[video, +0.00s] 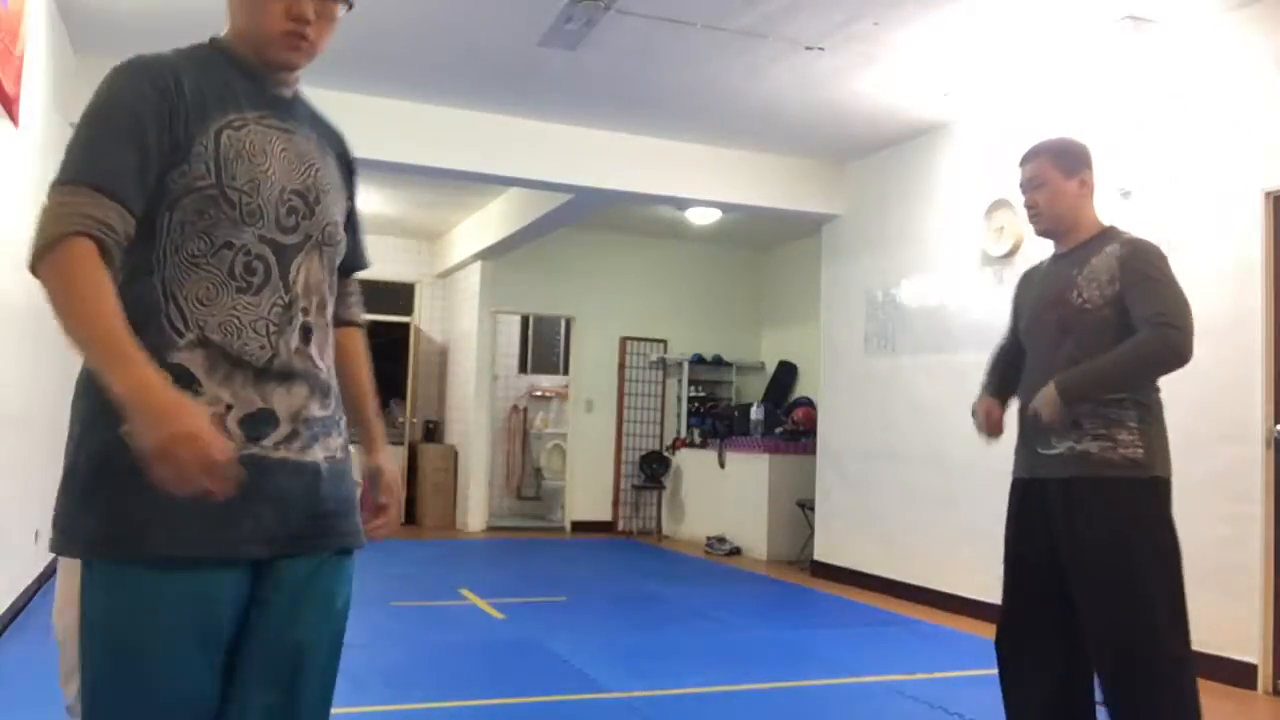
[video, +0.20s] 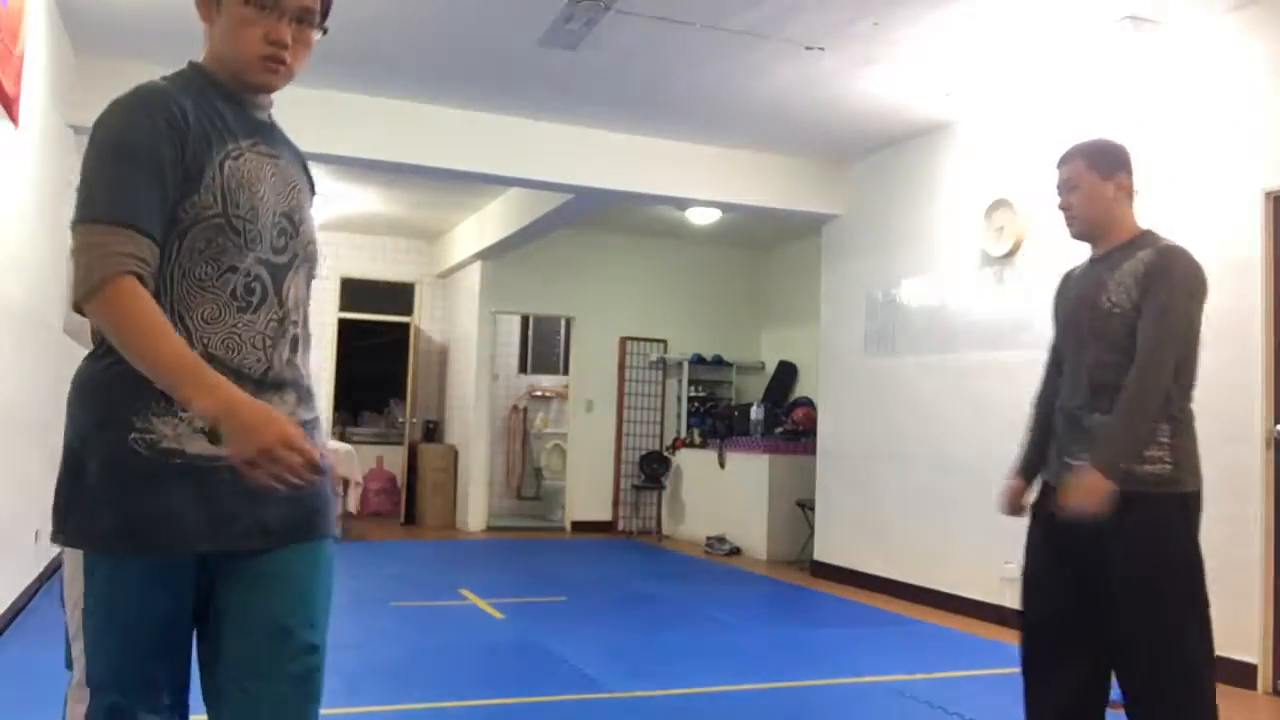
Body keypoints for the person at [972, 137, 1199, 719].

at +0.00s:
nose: (1027, 200)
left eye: (1037, 187)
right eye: (1023, 191)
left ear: (1082, 183)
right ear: (1029, 197)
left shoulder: (1132, 255)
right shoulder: (1032, 281)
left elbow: (1171, 341)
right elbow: (1015, 348)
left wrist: (1068, 388)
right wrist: (994, 391)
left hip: (1117, 482)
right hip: (1039, 484)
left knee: (1138, 648)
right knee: (1037, 645)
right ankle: (1047, 717)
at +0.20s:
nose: (1061, 203)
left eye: (1071, 189)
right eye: (1060, 192)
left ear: (1117, 187)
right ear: (1105, 192)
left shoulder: (1170, 267)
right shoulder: (1072, 282)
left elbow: (1153, 377)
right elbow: (1056, 380)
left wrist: (1104, 464)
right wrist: (1029, 464)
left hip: (1149, 499)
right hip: (1066, 497)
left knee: (1162, 671)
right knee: (1058, 669)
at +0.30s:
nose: (1071, 204)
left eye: (1083, 190)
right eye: (1071, 191)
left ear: (1130, 191)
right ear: (1112, 195)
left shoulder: (1182, 276)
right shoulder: (1089, 279)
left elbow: (1182, 397)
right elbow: (1083, 376)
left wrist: (1146, 494)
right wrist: (1069, 454)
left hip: (1173, 504)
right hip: (1089, 500)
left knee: (1172, 679)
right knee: (1077, 673)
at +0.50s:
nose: (1077, 214)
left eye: (1087, 200)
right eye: (1077, 201)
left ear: (1134, 199)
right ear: (1123, 202)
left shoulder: (1194, 276)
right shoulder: (1109, 272)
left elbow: (1245, 393)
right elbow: (1122, 385)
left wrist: (1238, 504)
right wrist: (1110, 478)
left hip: (1188, 509)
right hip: (1116, 503)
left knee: (1198, 685)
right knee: (1104, 675)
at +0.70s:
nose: (1093, 215)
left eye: (1103, 202)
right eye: (1093, 202)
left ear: (1150, 202)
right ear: (1138, 205)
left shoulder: (1205, 273)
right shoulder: (1121, 269)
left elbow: (1254, 371)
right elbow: (1126, 358)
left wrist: (1259, 467)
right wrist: (1097, 400)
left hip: (1193, 496)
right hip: (1122, 493)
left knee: (1193, 648)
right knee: (1124, 641)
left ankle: (1197, 717)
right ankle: (1130, 713)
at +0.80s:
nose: (1100, 217)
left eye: (1111, 205)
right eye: (1100, 205)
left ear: (1156, 205)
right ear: (1138, 209)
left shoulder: (1206, 272)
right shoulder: (1122, 270)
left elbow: (1233, 351)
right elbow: (1097, 327)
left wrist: (1218, 415)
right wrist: (1076, 376)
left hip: (1187, 486)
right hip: (1120, 482)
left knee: (1190, 619)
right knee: (1127, 606)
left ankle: (1202, 710)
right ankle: (1153, 705)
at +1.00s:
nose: (1098, 229)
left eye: (1110, 218)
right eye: (1097, 219)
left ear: (1151, 220)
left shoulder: (1192, 282)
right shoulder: (1114, 298)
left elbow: (1185, 361)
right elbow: (1083, 362)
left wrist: (1129, 415)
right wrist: (1036, 412)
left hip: (1171, 487)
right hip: (1111, 487)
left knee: (1179, 633)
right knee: (1133, 633)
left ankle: (1199, 714)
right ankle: (1158, 712)